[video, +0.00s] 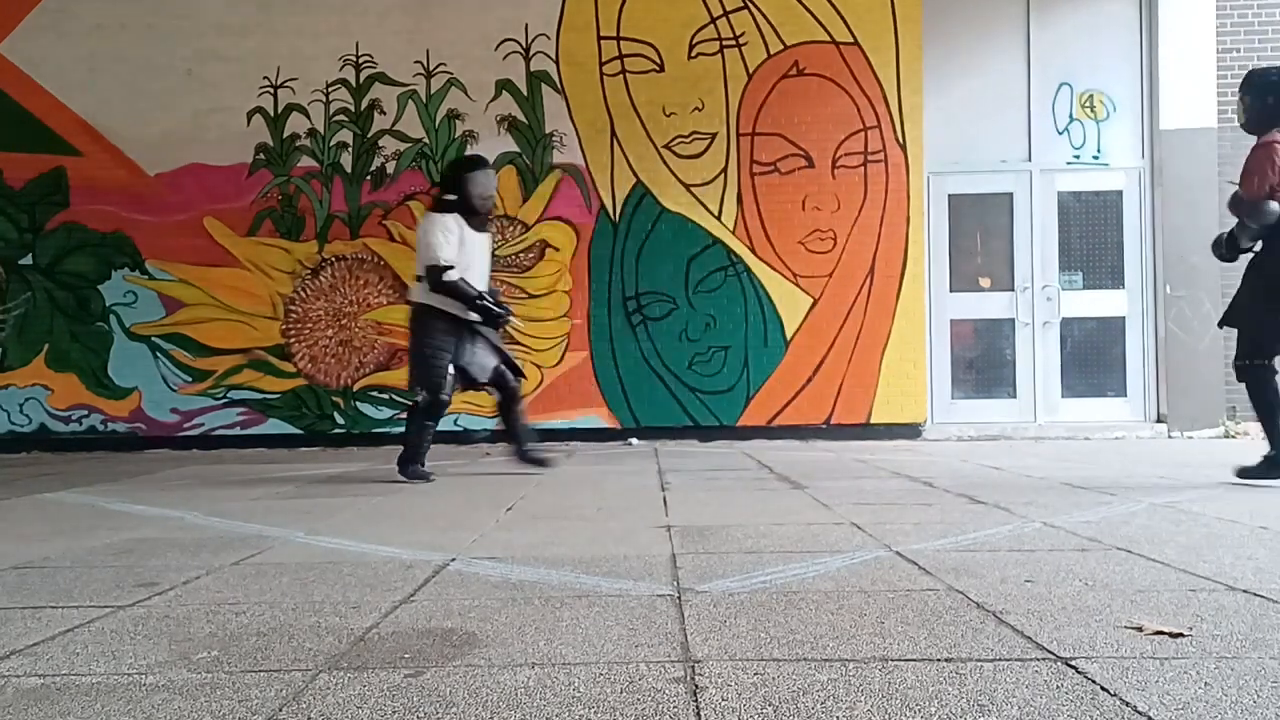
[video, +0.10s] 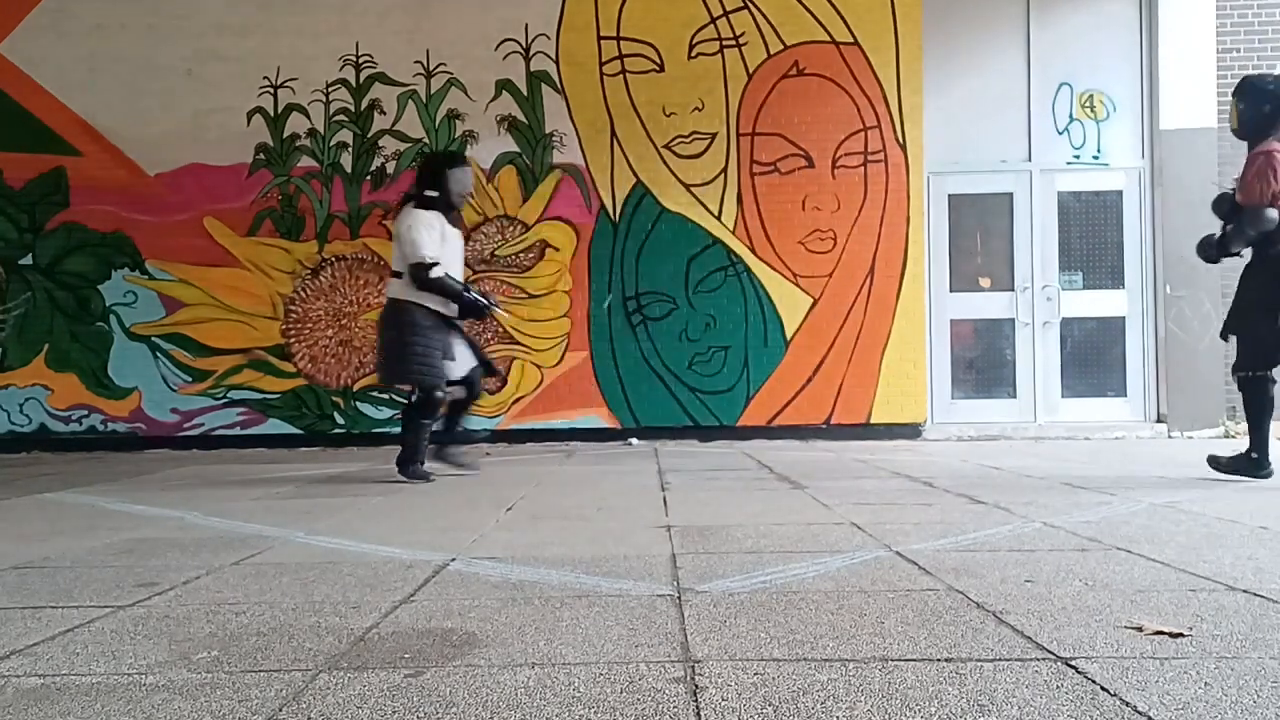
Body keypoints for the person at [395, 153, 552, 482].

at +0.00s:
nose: (490, 197)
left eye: (493, 189)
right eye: (482, 190)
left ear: (495, 188)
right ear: (459, 190)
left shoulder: (480, 228)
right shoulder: (439, 221)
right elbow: (439, 277)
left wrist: (493, 303)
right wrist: (481, 305)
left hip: (467, 324)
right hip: (435, 320)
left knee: (508, 381)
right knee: (436, 394)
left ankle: (523, 447)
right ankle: (411, 461)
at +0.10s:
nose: (470, 190)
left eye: (470, 182)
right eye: (463, 181)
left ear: (450, 182)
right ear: (441, 181)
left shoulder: (443, 221)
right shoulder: (419, 217)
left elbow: (444, 274)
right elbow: (423, 274)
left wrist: (471, 295)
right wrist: (464, 298)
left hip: (437, 317)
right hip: (412, 315)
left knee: (470, 379)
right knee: (430, 388)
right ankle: (410, 460)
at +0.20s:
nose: (446, 190)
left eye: (446, 183)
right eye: (440, 183)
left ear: (422, 184)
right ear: (419, 182)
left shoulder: (417, 218)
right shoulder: (400, 215)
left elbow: (422, 270)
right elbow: (405, 272)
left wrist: (448, 291)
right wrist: (452, 289)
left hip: (409, 312)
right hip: (392, 311)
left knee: (439, 377)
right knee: (422, 387)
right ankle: (410, 462)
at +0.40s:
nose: (398, 190)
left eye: (398, 182)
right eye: (393, 183)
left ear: (361, 184)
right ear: (374, 185)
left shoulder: (344, 212)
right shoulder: (360, 216)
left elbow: (353, 275)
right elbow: (370, 274)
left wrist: (393, 288)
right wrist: (411, 278)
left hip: (328, 316)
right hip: (350, 317)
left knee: (323, 395)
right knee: (390, 386)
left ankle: (272, 457)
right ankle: (405, 461)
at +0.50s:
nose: (368, 193)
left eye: (368, 184)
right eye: (364, 184)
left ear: (330, 185)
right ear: (347, 186)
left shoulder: (308, 220)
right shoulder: (340, 219)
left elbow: (321, 284)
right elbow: (353, 278)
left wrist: (367, 289)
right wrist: (390, 284)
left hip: (293, 318)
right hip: (320, 321)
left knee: (308, 395)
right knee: (372, 374)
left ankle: (266, 462)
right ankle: (378, 457)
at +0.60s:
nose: (346, 188)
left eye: (345, 180)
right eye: (342, 180)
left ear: (303, 178)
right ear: (327, 181)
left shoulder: (277, 214)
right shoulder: (325, 218)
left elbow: (264, 272)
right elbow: (332, 278)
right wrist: (359, 290)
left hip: (268, 313)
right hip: (301, 317)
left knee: (293, 389)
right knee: (342, 375)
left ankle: (264, 462)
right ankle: (318, 452)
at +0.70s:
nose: (330, 181)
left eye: (328, 173)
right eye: (325, 174)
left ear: (283, 173)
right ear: (313, 176)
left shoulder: (256, 208)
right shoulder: (314, 214)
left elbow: (234, 264)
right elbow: (323, 278)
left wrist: (272, 275)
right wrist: (332, 302)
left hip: (251, 309)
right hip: (285, 312)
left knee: (280, 384)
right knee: (315, 383)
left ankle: (264, 461)